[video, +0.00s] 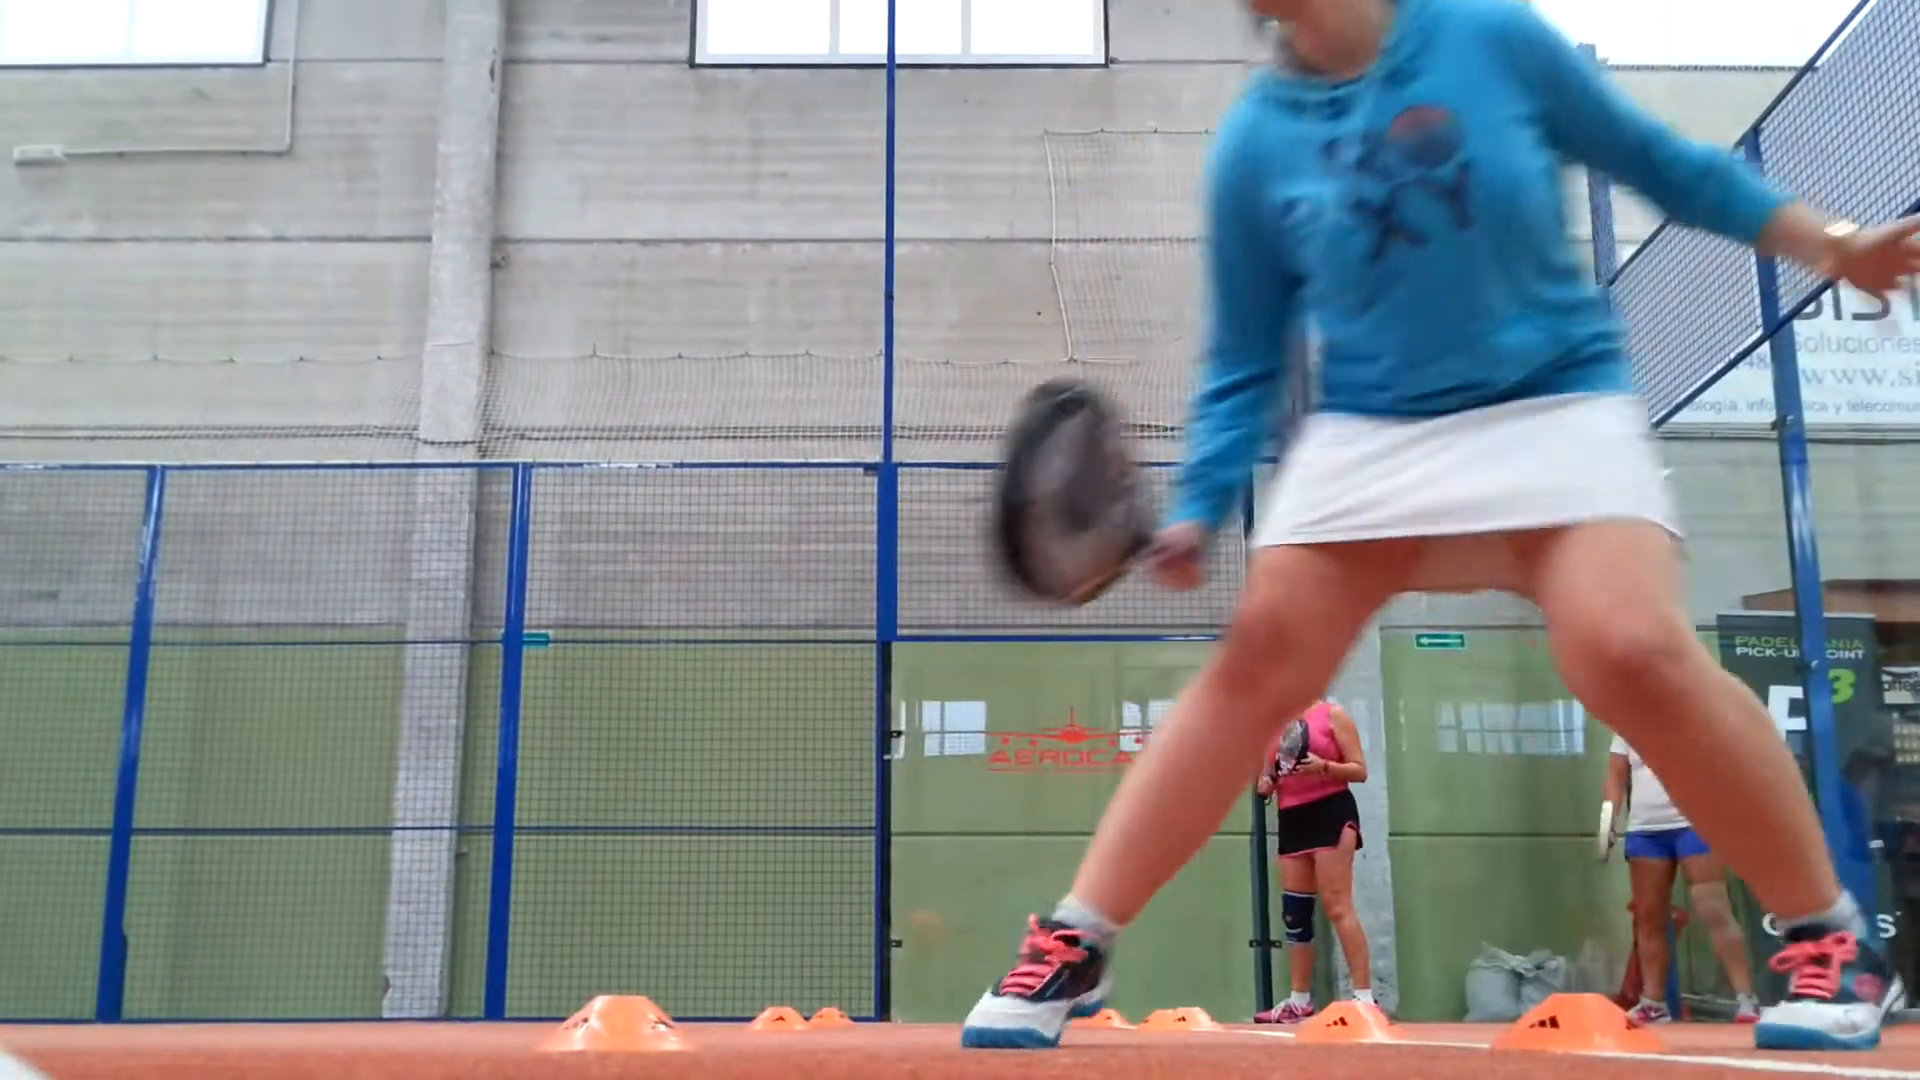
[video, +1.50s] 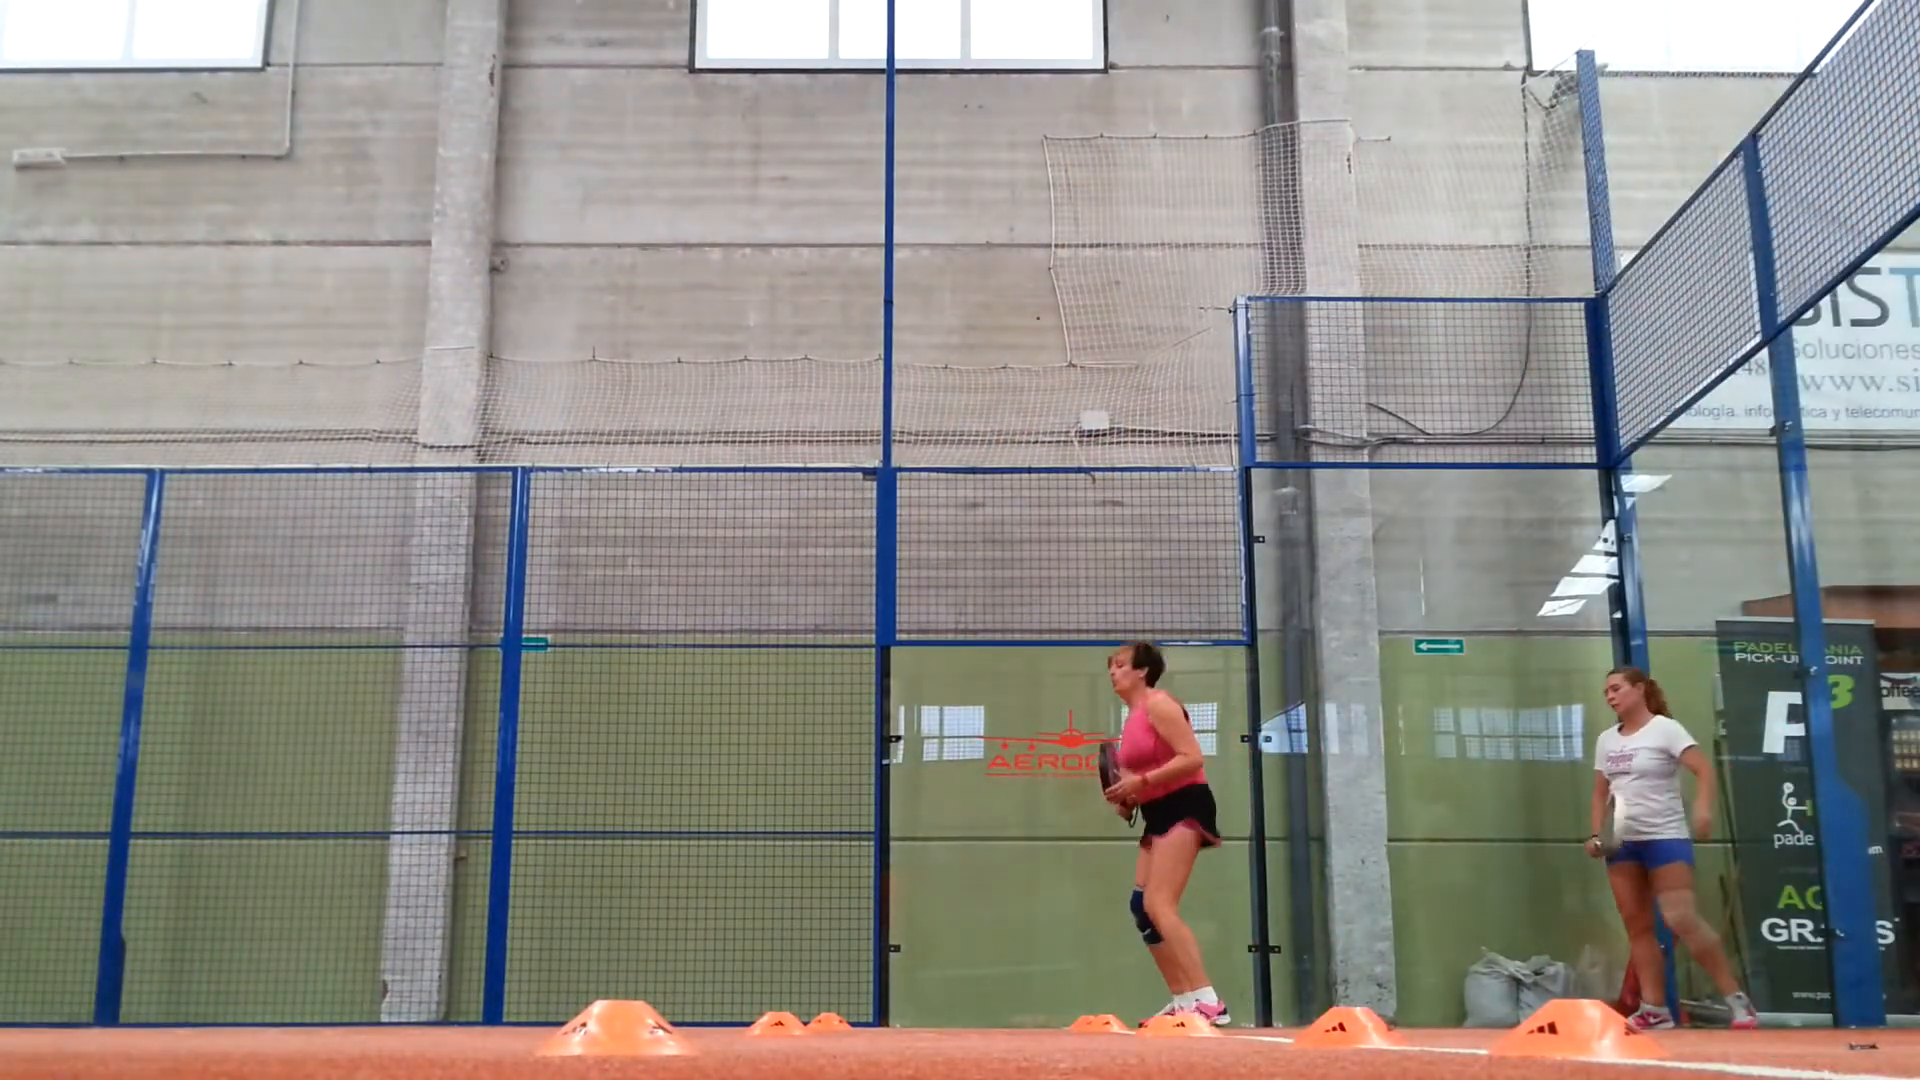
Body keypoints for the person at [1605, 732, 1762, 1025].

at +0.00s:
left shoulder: (1701, 719)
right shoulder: (1632, 717)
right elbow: (1617, 770)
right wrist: (1610, 816)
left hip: (1694, 823)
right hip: (1645, 825)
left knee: (1714, 911)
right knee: (1648, 916)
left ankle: (1745, 999)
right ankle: (1652, 1002)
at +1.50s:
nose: (1610, 696)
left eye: (1616, 689)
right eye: (1607, 692)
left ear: (1640, 690)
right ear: (1609, 700)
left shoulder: (1666, 729)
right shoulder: (1607, 740)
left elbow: (1704, 768)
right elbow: (1600, 791)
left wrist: (1703, 810)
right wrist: (1596, 833)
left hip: (1666, 837)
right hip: (1621, 842)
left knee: (1681, 917)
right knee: (1637, 926)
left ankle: (1735, 998)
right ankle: (1655, 1007)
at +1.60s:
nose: (1599, 701)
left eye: (1603, 693)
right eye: (1595, 696)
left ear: (1627, 690)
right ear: (1599, 702)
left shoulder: (1654, 728)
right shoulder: (1600, 740)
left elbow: (1682, 774)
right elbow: (1593, 789)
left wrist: (1664, 792)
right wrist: (1585, 826)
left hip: (1654, 832)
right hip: (1613, 837)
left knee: (1653, 913)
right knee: (1632, 924)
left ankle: (1709, 991)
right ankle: (1654, 1008)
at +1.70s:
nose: (1589, 703)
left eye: (1593, 695)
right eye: (1585, 698)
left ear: (1615, 690)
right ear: (1590, 702)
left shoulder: (1644, 727)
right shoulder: (1593, 739)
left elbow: (1663, 778)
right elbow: (1594, 791)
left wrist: (1621, 785)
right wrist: (1582, 820)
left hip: (1644, 830)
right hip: (1607, 835)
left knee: (1629, 909)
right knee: (1627, 918)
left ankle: (1670, 999)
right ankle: (1651, 1004)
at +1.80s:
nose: (1578, 707)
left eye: (1582, 698)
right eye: (1574, 702)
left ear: (1604, 691)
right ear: (1580, 704)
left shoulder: (1632, 727)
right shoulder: (1587, 741)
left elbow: (1647, 780)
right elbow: (1590, 791)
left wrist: (1600, 786)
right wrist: (1577, 819)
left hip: (1635, 831)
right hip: (1603, 836)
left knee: (1608, 909)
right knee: (1634, 924)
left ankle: (1624, 1000)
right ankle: (1656, 1007)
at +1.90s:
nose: (1568, 710)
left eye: (1571, 701)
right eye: (1564, 705)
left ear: (1593, 694)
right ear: (1578, 703)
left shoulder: (1619, 727)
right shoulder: (1588, 739)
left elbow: (1634, 781)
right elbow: (1595, 789)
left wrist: (1583, 788)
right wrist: (1574, 817)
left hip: (1623, 834)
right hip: (1601, 836)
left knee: (1593, 908)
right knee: (1629, 927)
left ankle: (1579, 999)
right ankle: (1656, 1008)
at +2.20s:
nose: (1527, 706)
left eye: (1530, 698)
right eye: (1524, 700)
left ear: (1553, 692)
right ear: (1549, 696)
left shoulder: (1567, 726)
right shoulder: (1566, 727)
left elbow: (1577, 783)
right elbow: (1569, 787)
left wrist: (1526, 791)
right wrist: (1535, 813)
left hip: (1571, 836)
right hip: (1583, 834)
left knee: (1551, 924)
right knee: (1588, 927)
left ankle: (1555, 1011)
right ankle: (1640, 997)